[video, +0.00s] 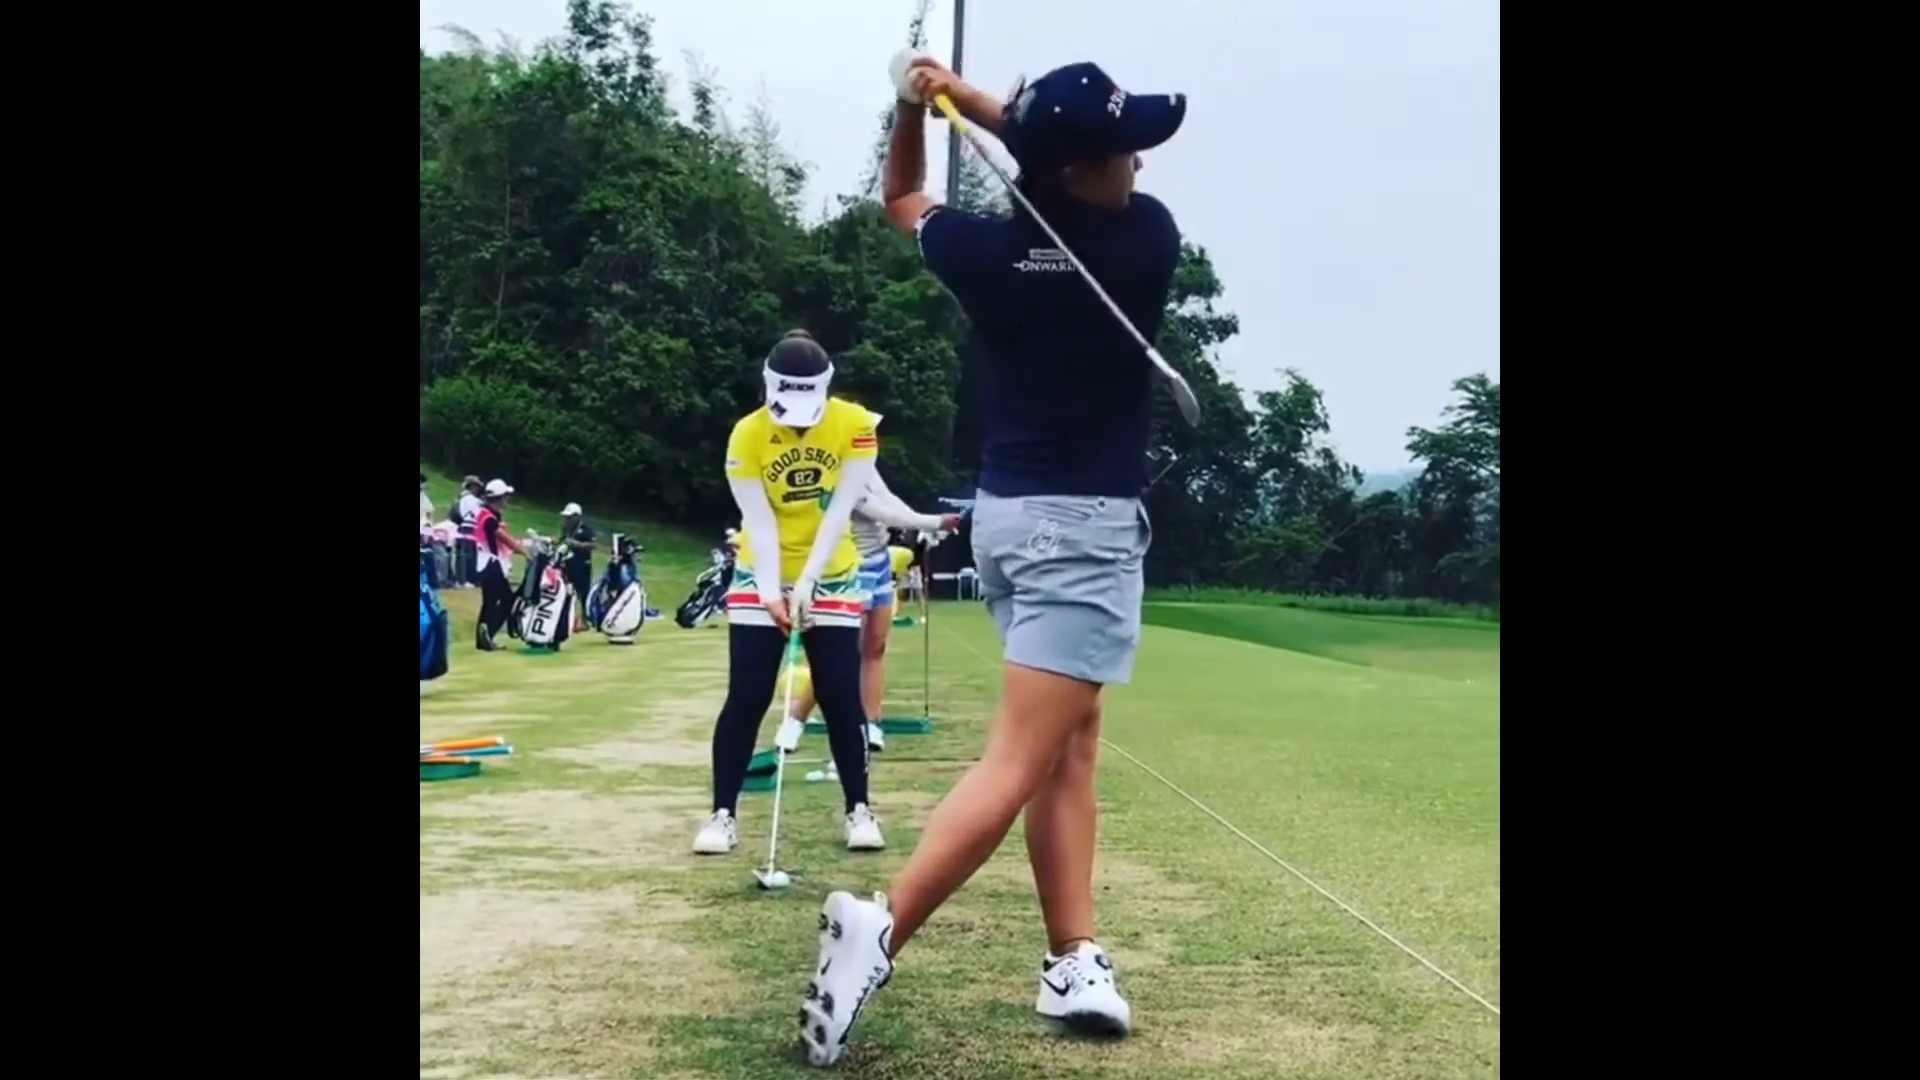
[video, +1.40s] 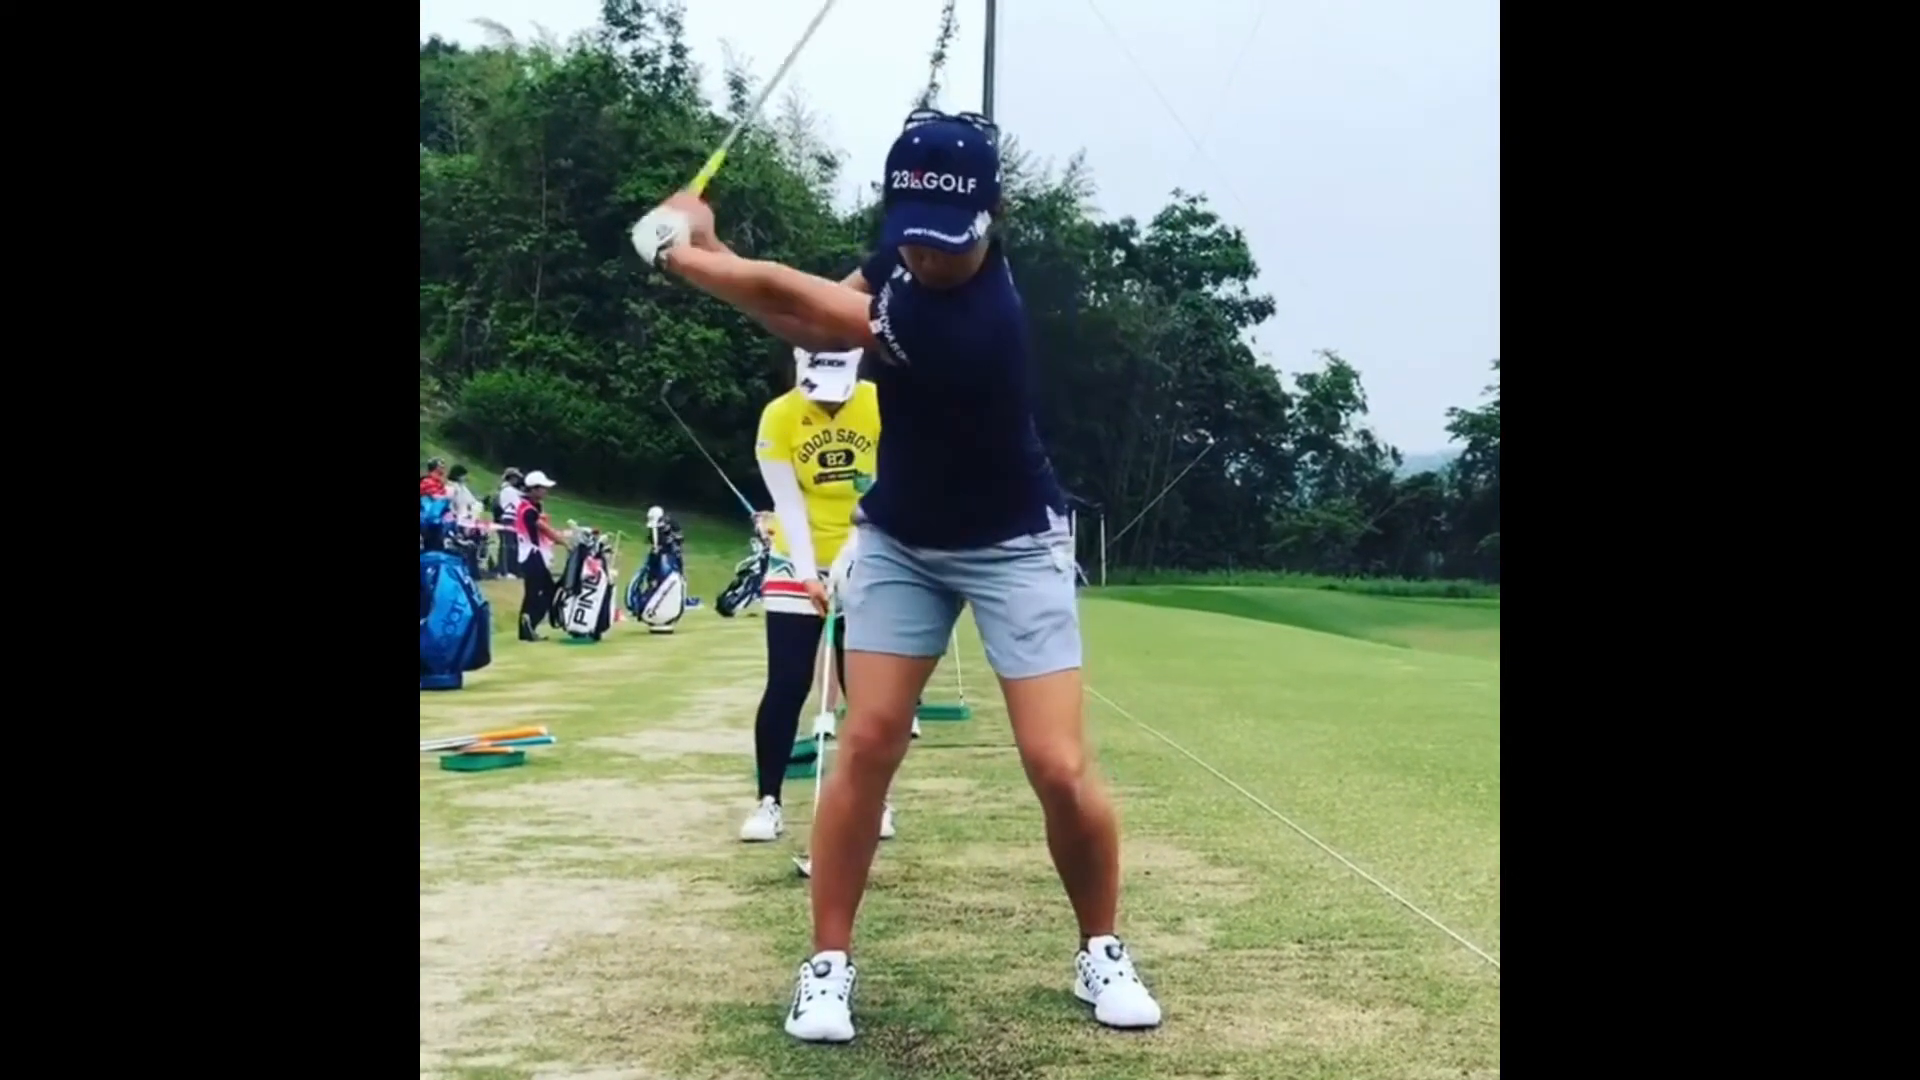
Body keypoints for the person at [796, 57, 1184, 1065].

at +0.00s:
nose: (1138, 160)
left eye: (1133, 146)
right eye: (1126, 151)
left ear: (1039, 166)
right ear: (1086, 166)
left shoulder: (979, 243)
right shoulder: (1143, 238)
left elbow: (906, 198)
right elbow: (1068, 159)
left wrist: (911, 108)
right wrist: (967, 98)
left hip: (1000, 515)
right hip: (1086, 519)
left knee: (1072, 745)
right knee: (1018, 762)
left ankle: (1074, 961)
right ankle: (878, 931)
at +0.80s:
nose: (1128, 153)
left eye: (1121, 139)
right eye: (1116, 145)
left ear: (1028, 167)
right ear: (1083, 165)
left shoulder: (975, 255)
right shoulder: (1137, 240)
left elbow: (880, 201)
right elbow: (1058, 189)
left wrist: (918, 109)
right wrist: (986, 117)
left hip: (991, 525)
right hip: (1076, 528)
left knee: (1061, 753)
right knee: (1002, 771)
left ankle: (1062, 970)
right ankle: (869, 939)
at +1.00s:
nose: (939, 243)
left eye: (956, 223)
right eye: (920, 225)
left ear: (985, 199)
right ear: (890, 204)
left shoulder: (1036, 287)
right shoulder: (847, 293)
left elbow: (984, 451)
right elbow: (873, 454)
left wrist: (945, 590)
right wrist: (889, 598)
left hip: (1014, 528)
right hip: (888, 532)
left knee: (1066, 739)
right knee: (855, 745)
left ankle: (1100, 942)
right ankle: (824, 954)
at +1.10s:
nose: (940, 250)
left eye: (957, 231)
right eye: (922, 232)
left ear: (987, 206)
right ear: (892, 207)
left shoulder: (1020, 305)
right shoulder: (849, 282)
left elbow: (926, 471)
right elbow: (833, 438)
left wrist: (845, 592)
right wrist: (802, 572)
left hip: (1015, 536)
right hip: (893, 540)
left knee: (1067, 747)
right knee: (862, 739)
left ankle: (1101, 945)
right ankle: (825, 957)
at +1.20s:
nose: (944, 253)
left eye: (962, 234)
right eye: (927, 234)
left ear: (992, 214)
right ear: (898, 210)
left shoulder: (1003, 321)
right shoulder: (867, 264)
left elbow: (849, 439)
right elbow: (802, 388)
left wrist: (738, 526)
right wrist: (707, 496)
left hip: (1017, 539)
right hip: (893, 539)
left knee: (1068, 754)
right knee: (865, 737)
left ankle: (1103, 945)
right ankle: (828, 957)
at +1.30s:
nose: (938, 255)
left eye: (958, 237)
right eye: (922, 235)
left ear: (993, 217)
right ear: (897, 210)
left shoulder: (987, 323)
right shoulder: (890, 254)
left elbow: (805, 369)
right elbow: (799, 340)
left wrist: (662, 388)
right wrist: (669, 360)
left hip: (1018, 544)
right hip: (897, 542)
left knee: (1066, 761)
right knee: (867, 735)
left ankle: (1103, 946)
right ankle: (828, 958)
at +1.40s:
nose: (933, 254)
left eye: (954, 235)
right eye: (917, 233)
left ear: (989, 218)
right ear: (894, 212)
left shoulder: (979, 317)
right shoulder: (894, 263)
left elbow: (807, 315)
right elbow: (814, 308)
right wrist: (708, 251)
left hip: (1016, 549)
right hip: (895, 543)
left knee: (1062, 769)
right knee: (871, 736)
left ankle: (1103, 950)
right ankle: (829, 960)